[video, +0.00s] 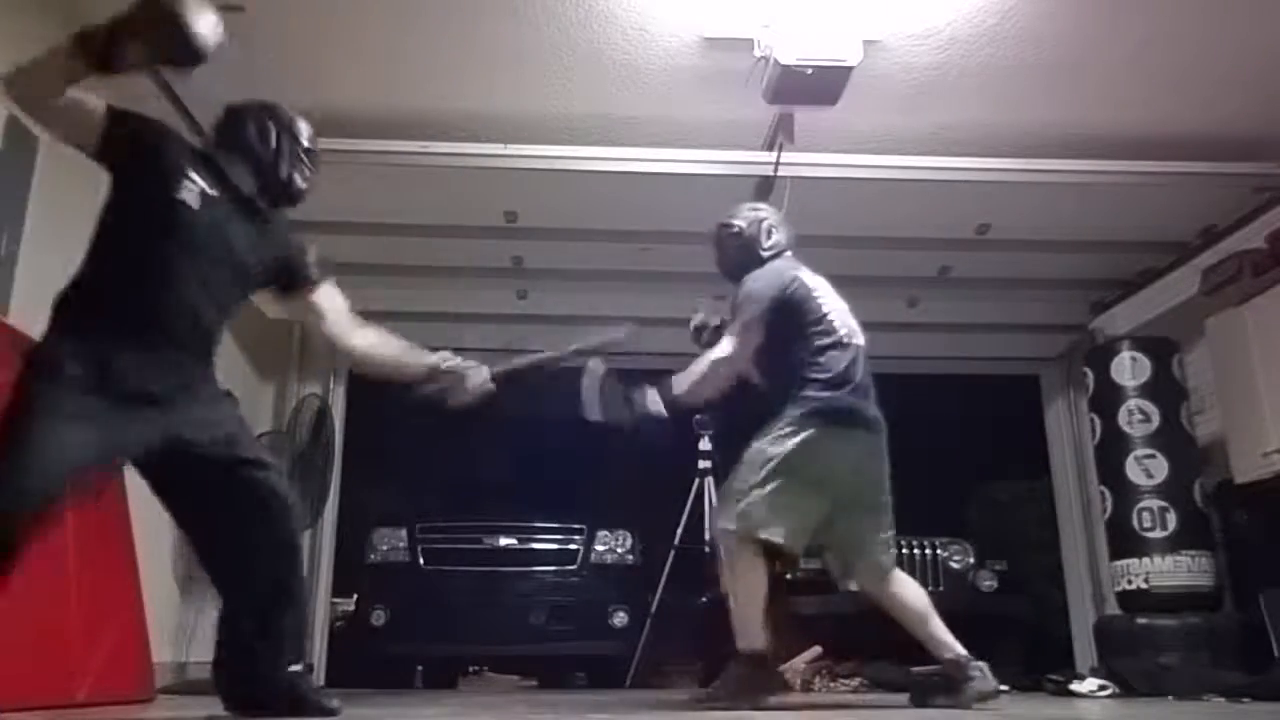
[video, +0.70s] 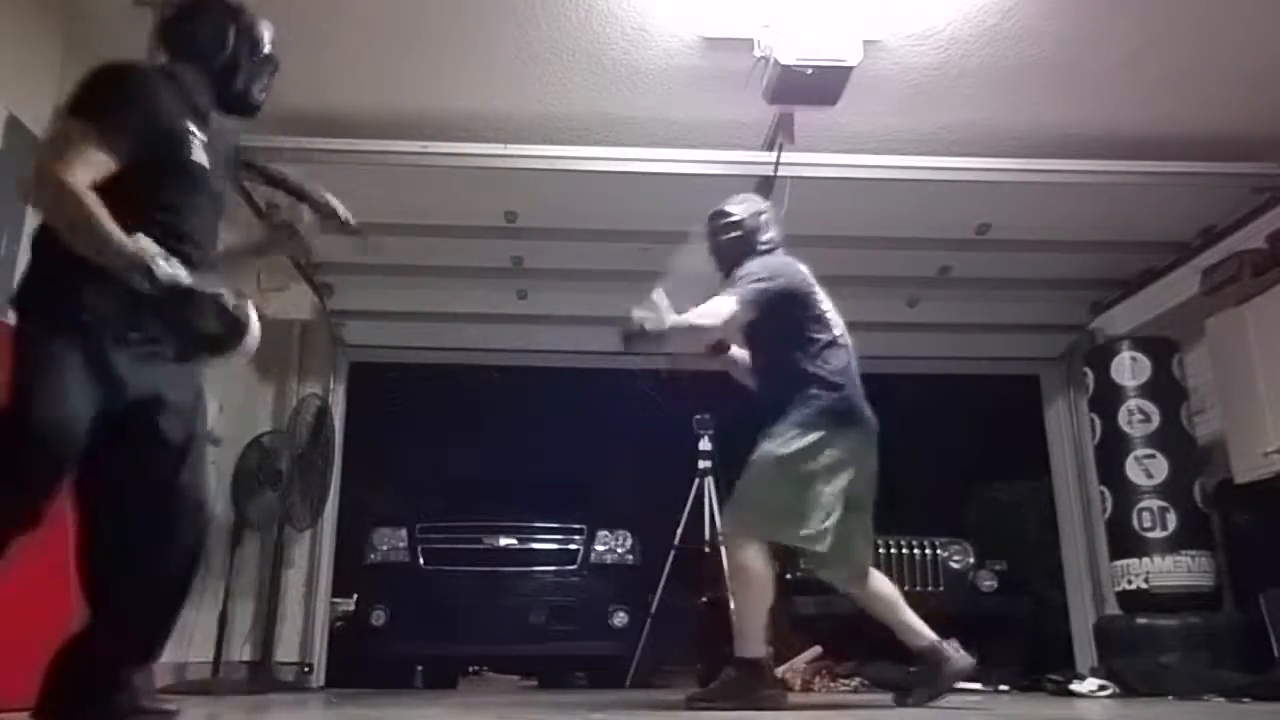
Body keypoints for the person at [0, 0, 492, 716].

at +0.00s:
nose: (300, 174)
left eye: (303, 163)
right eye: (295, 155)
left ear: (276, 165)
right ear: (260, 140)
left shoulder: (279, 241)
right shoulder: (158, 151)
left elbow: (348, 333)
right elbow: (30, 92)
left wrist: (440, 369)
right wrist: (111, 46)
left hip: (186, 398)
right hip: (83, 378)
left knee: (267, 523)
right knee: (14, 500)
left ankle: (259, 684)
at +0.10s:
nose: (295, 176)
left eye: (297, 164)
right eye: (289, 158)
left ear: (254, 157)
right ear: (256, 145)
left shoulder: (259, 246)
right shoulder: (160, 148)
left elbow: (272, 352)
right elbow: (49, 79)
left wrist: (349, 389)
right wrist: (154, 42)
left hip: (189, 400)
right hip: (91, 383)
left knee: (265, 515)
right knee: (21, 528)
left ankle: (265, 686)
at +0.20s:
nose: (270, 122)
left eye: (274, 110)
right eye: (258, 100)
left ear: (260, 123)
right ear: (213, 89)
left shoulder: (221, 206)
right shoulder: (141, 129)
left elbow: (201, 325)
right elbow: (108, 82)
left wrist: (267, 380)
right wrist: (214, 47)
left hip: (178, 382)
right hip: (80, 364)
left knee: (240, 532)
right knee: (12, 532)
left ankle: (263, 685)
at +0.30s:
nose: (233, 109)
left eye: (238, 99)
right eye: (224, 94)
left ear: (228, 100)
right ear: (188, 81)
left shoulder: (192, 178)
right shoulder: (112, 105)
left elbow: (171, 284)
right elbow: (169, 125)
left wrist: (243, 315)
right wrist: (302, 101)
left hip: (163, 356)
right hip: (72, 343)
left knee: (216, 497)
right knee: (9, 497)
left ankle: (230, 676)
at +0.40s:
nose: (238, 91)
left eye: (239, 79)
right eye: (227, 74)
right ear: (180, 66)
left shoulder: (199, 153)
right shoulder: (114, 102)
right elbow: (174, 165)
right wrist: (309, 183)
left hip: (164, 355)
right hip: (73, 342)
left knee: (207, 511)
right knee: (11, 503)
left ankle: (156, 681)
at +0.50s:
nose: (240, 89)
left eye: (242, 77)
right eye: (229, 72)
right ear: (184, 66)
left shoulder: (204, 162)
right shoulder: (131, 101)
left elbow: (228, 250)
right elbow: (144, 187)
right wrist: (254, 241)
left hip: (166, 356)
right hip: (82, 340)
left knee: (174, 517)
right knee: (27, 497)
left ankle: (89, 681)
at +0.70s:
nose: (270, 74)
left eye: (271, 59)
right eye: (262, 54)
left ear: (233, 53)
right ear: (220, 43)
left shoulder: (216, 141)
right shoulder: (134, 90)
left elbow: (187, 258)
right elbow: (53, 180)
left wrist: (280, 244)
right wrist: (146, 267)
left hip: (165, 356)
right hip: (74, 338)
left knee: (171, 530)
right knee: (28, 475)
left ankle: (95, 690)